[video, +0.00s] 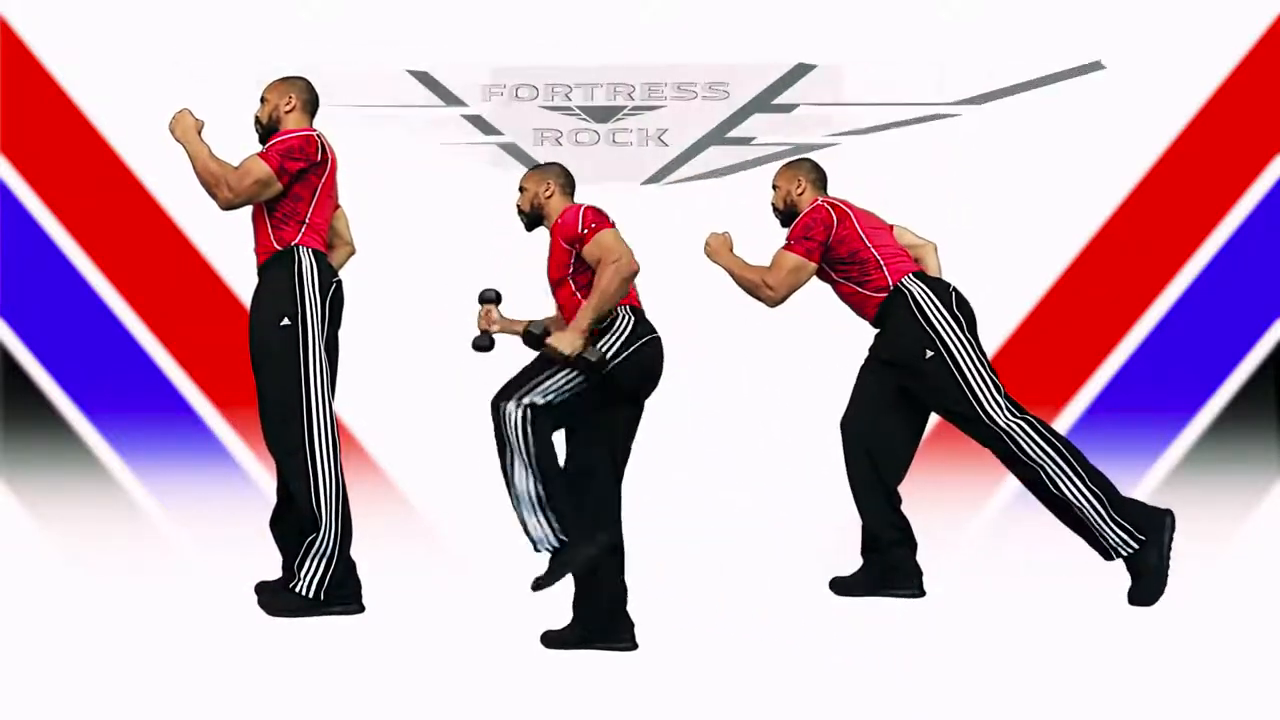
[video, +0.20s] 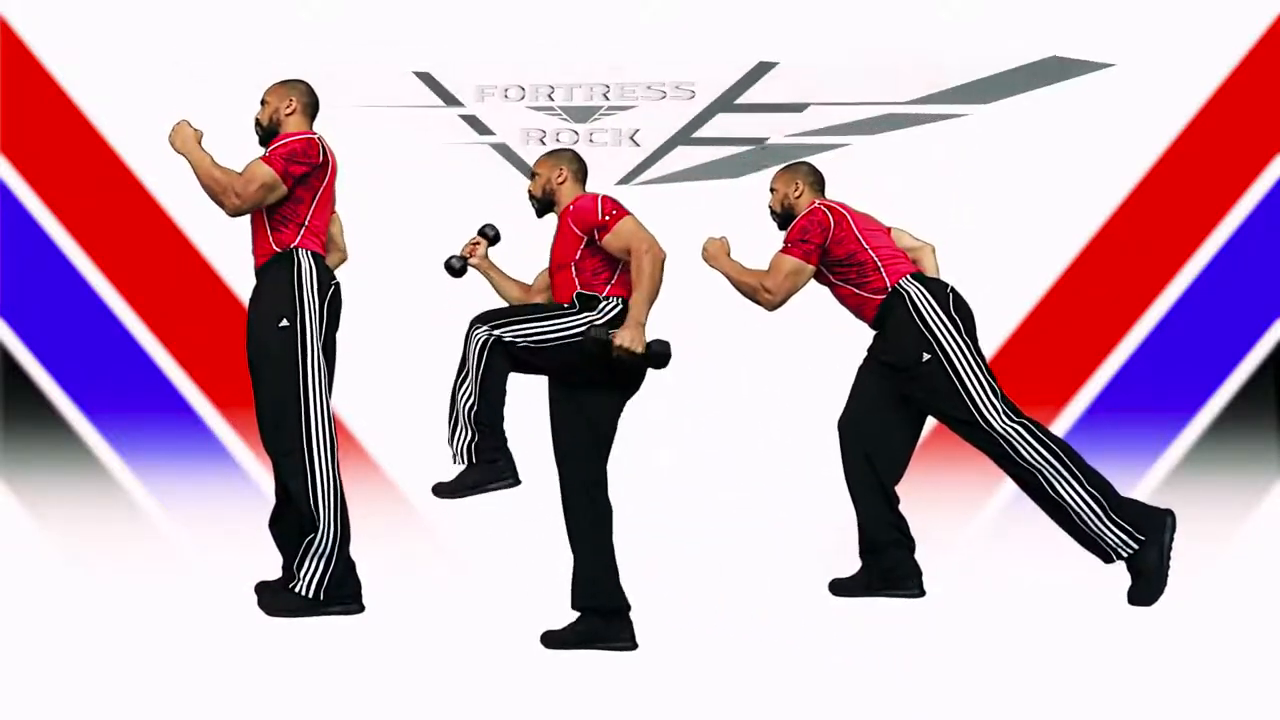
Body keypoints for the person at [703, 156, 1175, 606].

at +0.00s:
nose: (773, 199)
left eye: (779, 189)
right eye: (773, 191)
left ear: (805, 188)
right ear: (811, 191)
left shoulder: (818, 216)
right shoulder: (846, 219)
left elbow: (772, 289)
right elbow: (922, 248)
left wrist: (724, 258)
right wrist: (942, 313)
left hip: (920, 309)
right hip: (903, 325)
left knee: (1001, 424)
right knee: (864, 437)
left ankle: (1136, 531)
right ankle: (891, 567)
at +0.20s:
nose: (769, 200)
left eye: (776, 190)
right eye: (770, 192)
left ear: (803, 190)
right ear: (808, 193)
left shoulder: (815, 219)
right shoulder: (845, 222)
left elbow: (770, 293)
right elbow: (921, 250)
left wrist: (722, 263)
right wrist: (939, 314)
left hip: (918, 309)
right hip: (902, 324)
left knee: (998, 428)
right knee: (861, 436)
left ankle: (1137, 531)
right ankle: (890, 569)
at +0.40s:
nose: (767, 200)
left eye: (774, 190)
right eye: (768, 192)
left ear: (802, 190)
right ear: (807, 193)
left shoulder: (814, 220)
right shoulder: (843, 222)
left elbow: (771, 295)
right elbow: (919, 250)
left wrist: (721, 265)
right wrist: (940, 317)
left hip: (918, 312)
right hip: (901, 327)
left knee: (997, 430)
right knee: (859, 437)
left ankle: (1139, 533)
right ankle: (890, 568)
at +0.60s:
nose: (769, 198)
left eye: (776, 189)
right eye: (769, 190)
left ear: (804, 188)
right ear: (807, 192)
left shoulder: (816, 217)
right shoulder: (842, 220)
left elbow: (772, 293)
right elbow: (919, 252)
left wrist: (721, 265)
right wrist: (924, 321)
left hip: (918, 312)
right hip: (897, 328)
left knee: (993, 432)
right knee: (858, 437)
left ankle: (1135, 532)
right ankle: (890, 569)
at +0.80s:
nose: (774, 179)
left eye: (779, 168)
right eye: (775, 171)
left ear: (803, 165)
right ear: (812, 168)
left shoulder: (826, 194)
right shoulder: (843, 201)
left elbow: (825, 268)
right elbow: (886, 277)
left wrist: (760, 294)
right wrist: (851, 322)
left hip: (913, 301)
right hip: (887, 317)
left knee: (906, 432)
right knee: (866, 435)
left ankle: (1034, 512)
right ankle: (890, 567)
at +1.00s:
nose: (793, 158)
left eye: (798, 148)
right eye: (793, 150)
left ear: (822, 144)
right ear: (823, 146)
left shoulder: (851, 172)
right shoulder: (843, 198)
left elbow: (899, 220)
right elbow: (824, 272)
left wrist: (887, 292)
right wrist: (770, 251)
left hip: (901, 288)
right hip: (905, 301)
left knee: (794, 339)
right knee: (883, 440)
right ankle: (892, 569)